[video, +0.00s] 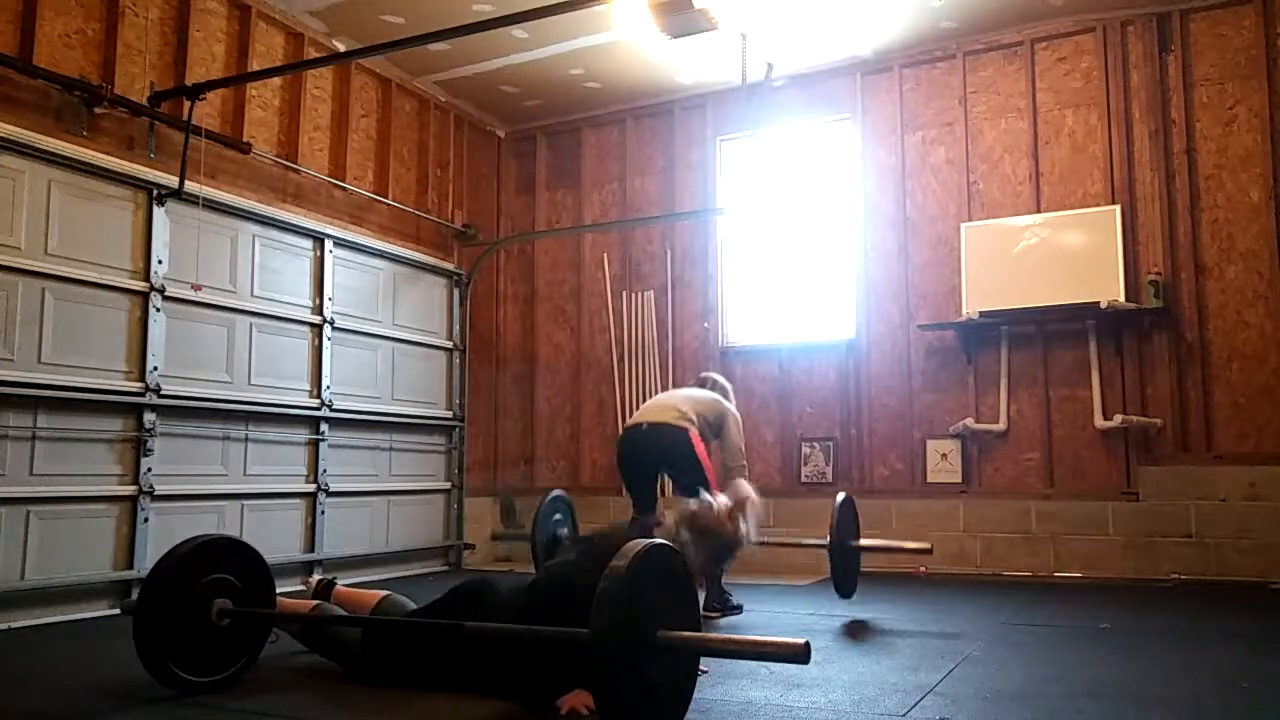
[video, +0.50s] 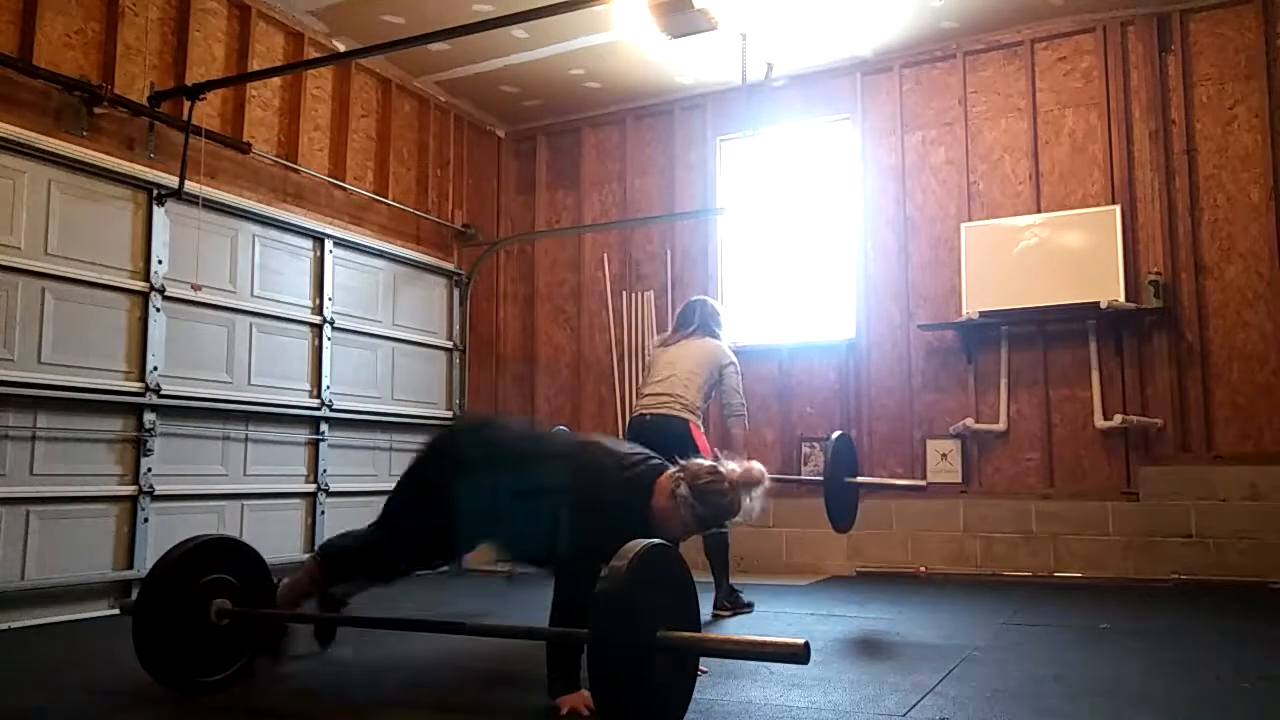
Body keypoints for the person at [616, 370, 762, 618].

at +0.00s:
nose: (730, 406)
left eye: (729, 401)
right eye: (729, 401)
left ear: (696, 388)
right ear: (723, 396)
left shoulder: (670, 397)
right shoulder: (724, 408)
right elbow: (735, 469)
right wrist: (744, 514)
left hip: (633, 436)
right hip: (678, 435)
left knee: (644, 515)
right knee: (706, 513)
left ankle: (629, 590)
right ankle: (715, 595)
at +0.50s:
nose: (722, 329)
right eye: (720, 323)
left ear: (680, 320)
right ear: (714, 323)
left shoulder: (660, 347)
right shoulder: (720, 351)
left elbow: (646, 390)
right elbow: (735, 408)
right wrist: (739, 461)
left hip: (639, 425)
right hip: (679, 428)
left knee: (648, 509)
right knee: (711, 507)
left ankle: (647, 593)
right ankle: (724, 592)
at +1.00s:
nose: (724, 332)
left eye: (722, 328)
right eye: (722, 327)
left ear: (687, 328)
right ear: (716, 328)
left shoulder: (665, 352)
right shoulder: (720, 346)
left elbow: (625, 364)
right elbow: (747, 356)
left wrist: (637, 399)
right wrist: (738, 399)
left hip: (650, 422)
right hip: (689, 422)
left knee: (653, 506)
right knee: (715, 507)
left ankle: (631, 585)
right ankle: (723, 592)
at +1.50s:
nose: (727, 342)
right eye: (727, 337)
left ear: (692, 331)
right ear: (721, 333)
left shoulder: (669, 351)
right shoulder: (729, 349)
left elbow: (636, 391)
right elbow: (745, 381)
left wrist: (643, 426)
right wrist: (745, 429)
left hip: (646, 425)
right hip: (686, 425)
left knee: (653, 506)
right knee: (715, 508)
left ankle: (632, 587)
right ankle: (723, 592)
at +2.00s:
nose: (737, 361)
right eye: (736, 356)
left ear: (698, 347)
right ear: (729, 353)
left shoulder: (675, 363)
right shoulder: (732, 370)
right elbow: (746, 421)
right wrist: (746, 468)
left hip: (643, 428)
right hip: (683, 430)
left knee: (650, 509)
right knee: (716, 509)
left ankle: (634, 587)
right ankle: (723, 592)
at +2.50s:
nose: (755, 407)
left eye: (759, 402)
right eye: (755, 398)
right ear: (739, 381)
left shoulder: (696, 378)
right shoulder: (709, 384)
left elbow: (670, 444)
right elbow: (698, 433)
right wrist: (716, 480)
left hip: (619, 442)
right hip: (634, 442)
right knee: (694, 507)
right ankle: (717, 584)